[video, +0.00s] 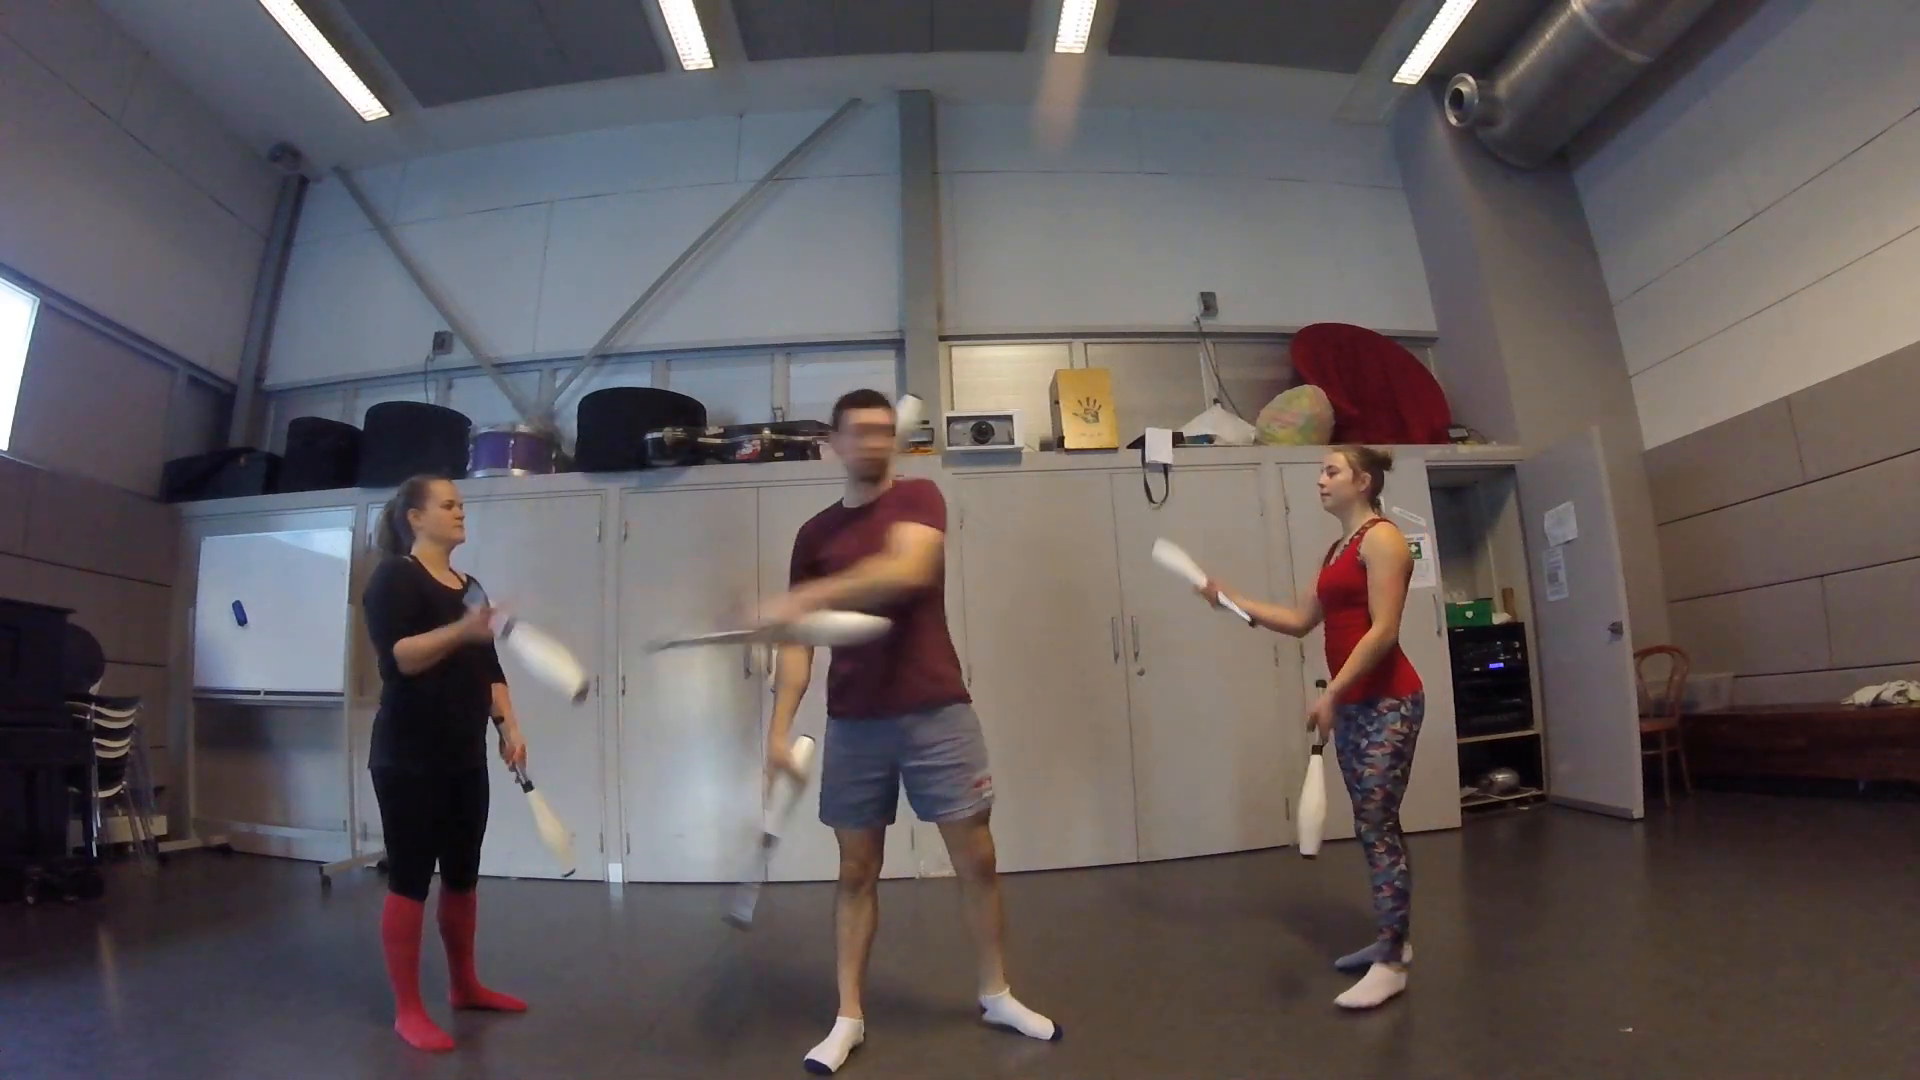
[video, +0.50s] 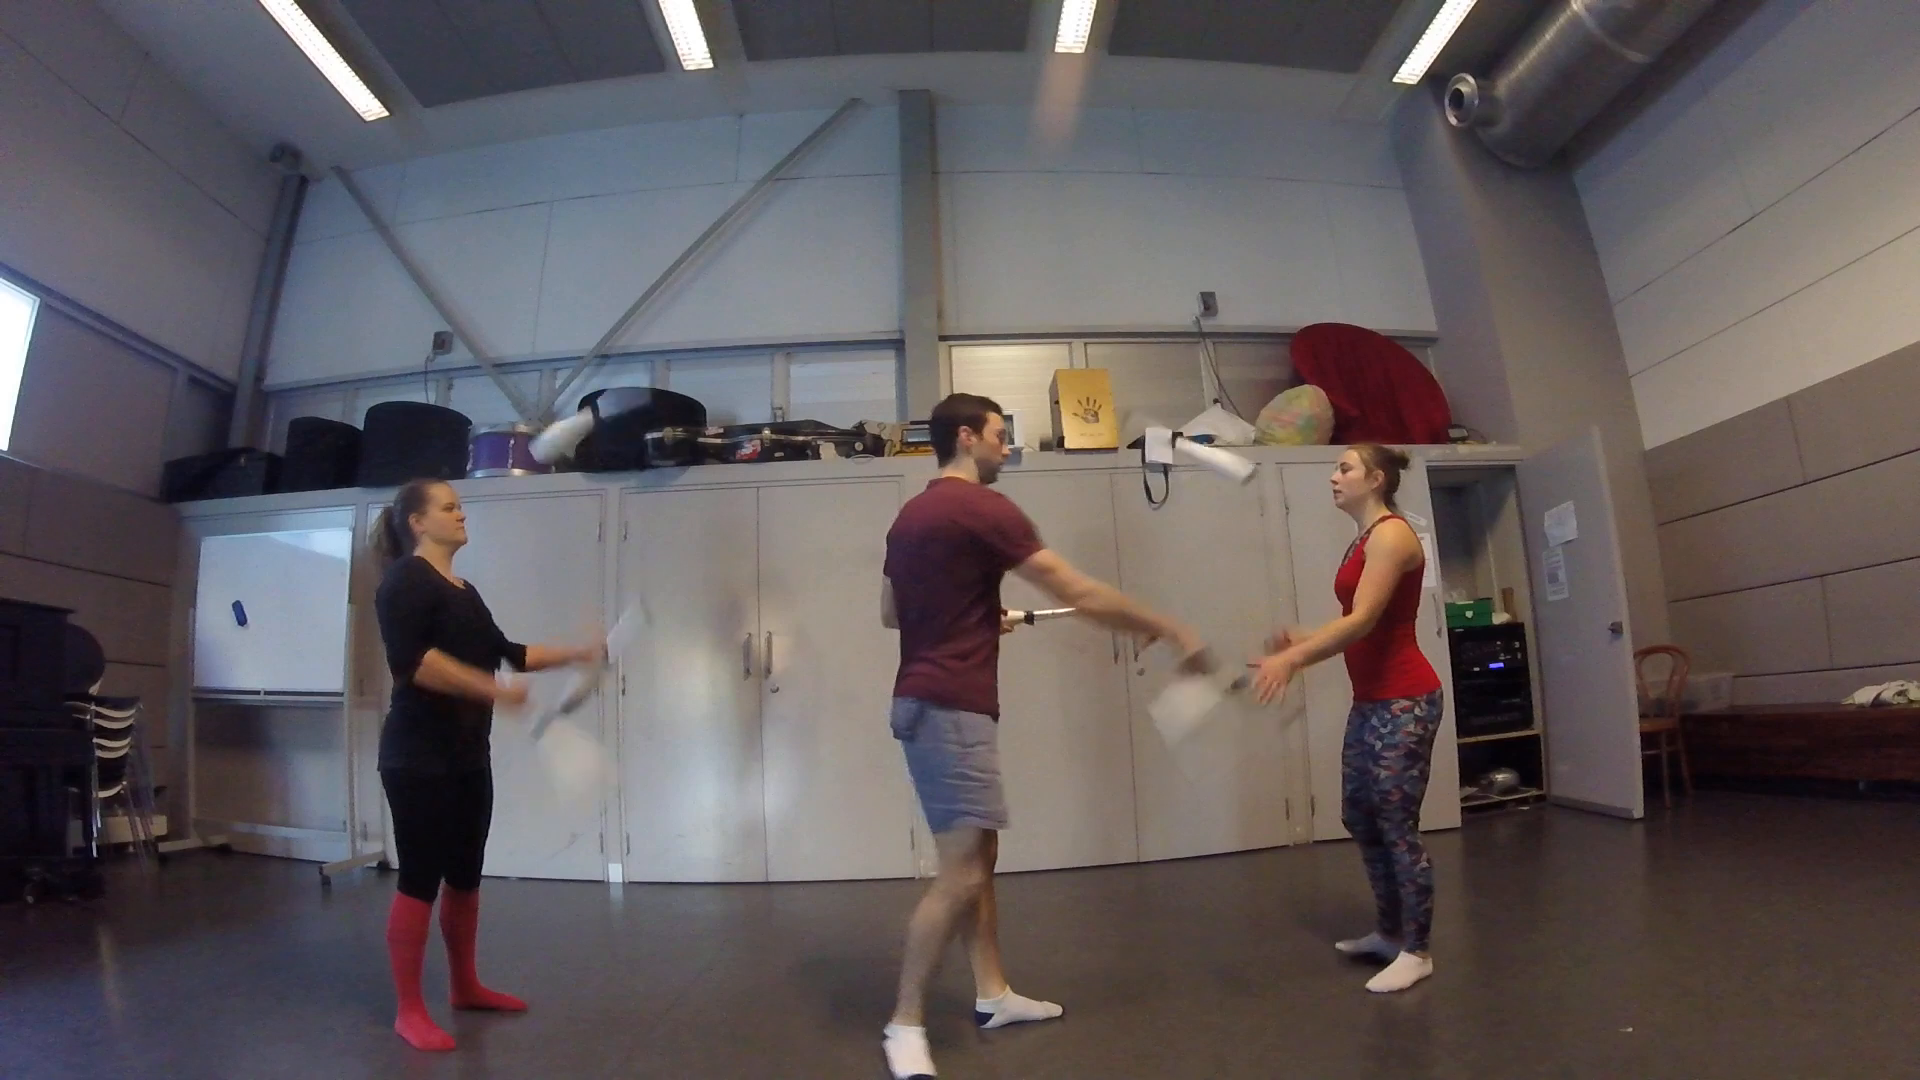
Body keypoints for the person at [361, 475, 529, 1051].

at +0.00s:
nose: (461, 514)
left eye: (461, 505)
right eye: (449, 506)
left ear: (455, 519)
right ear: (415, 517)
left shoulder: (467, 589)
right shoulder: (392, 578)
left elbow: (489, 666)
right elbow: (400, 656)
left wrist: (510, 724)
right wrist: (464, 630)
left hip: (464, 753)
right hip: (407, 755)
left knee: (461, 874)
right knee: (410, 879)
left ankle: (465, 988)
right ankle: (408, 1011)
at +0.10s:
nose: (462, 513)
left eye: (462, 504)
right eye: (451, 505)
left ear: (455, 518)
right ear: (417, 517)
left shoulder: (471, 591)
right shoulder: (394, 576)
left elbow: (492, 668)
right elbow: (384, 661)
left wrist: (525, 731)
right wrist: (451, 670)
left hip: (464, 754)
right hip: (406, 755)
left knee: (462, 873)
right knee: (410, 878)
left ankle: (466, 988)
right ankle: (408, 1011)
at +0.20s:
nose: (462, 512)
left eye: (461, 504)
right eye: (450, 504)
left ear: (450, 519)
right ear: (416, 518)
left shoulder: (470, 588)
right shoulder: (395, 577)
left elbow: (487, 662)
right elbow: (375, 662)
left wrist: (528, 670)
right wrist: (441, 704)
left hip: (461, 750)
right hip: (408, 752)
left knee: (462, 868)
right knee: (409, 875)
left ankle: (465, 988)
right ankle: (409, 1011)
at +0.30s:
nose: (463, 513)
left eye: (461, 504)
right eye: (452, 506)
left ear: (441, 519)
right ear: (418, 518)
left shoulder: (466, 589)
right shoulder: (395, 577)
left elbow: (493, 663)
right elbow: (382, 666)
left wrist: (555, 648)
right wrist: (442, 724)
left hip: (466, 750)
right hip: (412, 751)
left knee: (463, 871)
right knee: (414, 877)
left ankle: (466, 987)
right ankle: (409, 1012)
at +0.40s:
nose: (464, 516)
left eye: (462, 507)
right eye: (452, 508)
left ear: (440, 521)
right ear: (418, 520)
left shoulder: (464, 591)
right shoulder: (399, 581)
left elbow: (499, 664)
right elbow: (398, 666)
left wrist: (568, 643)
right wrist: (462, 720)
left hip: (461, 752)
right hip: (414, 754)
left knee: (464, 871)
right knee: (416, 876)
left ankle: (466, 988)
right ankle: (409, 1012)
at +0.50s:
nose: (462, 515)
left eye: (460, 507)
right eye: (450, 508)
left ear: (447, 523)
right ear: (417, 522)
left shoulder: (462, 591)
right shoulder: (403, 582)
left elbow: (511, 655)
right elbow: (412, 662)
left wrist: (584, 652)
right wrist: (492, 689)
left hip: (467, 755)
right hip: (418, 757)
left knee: (464, 873)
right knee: (420, 877)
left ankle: (466, 988)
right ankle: (409, 1011)